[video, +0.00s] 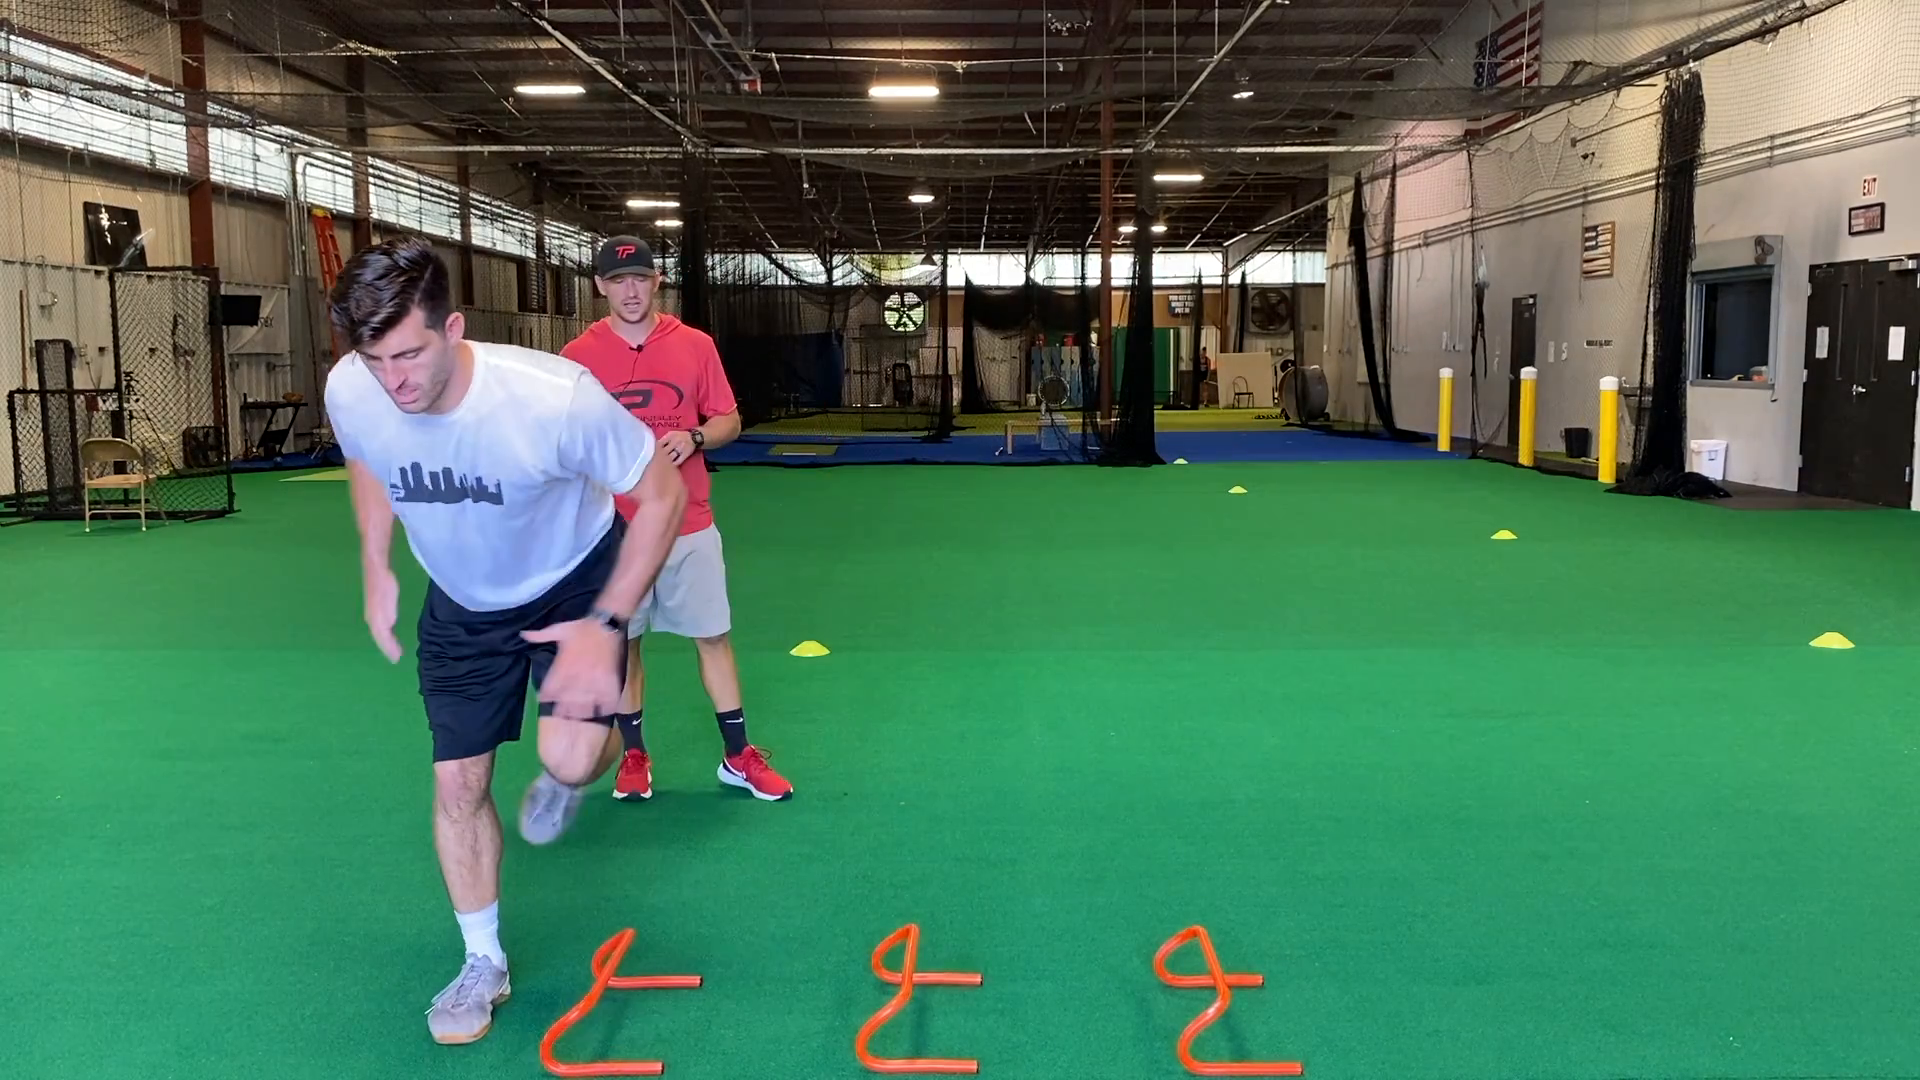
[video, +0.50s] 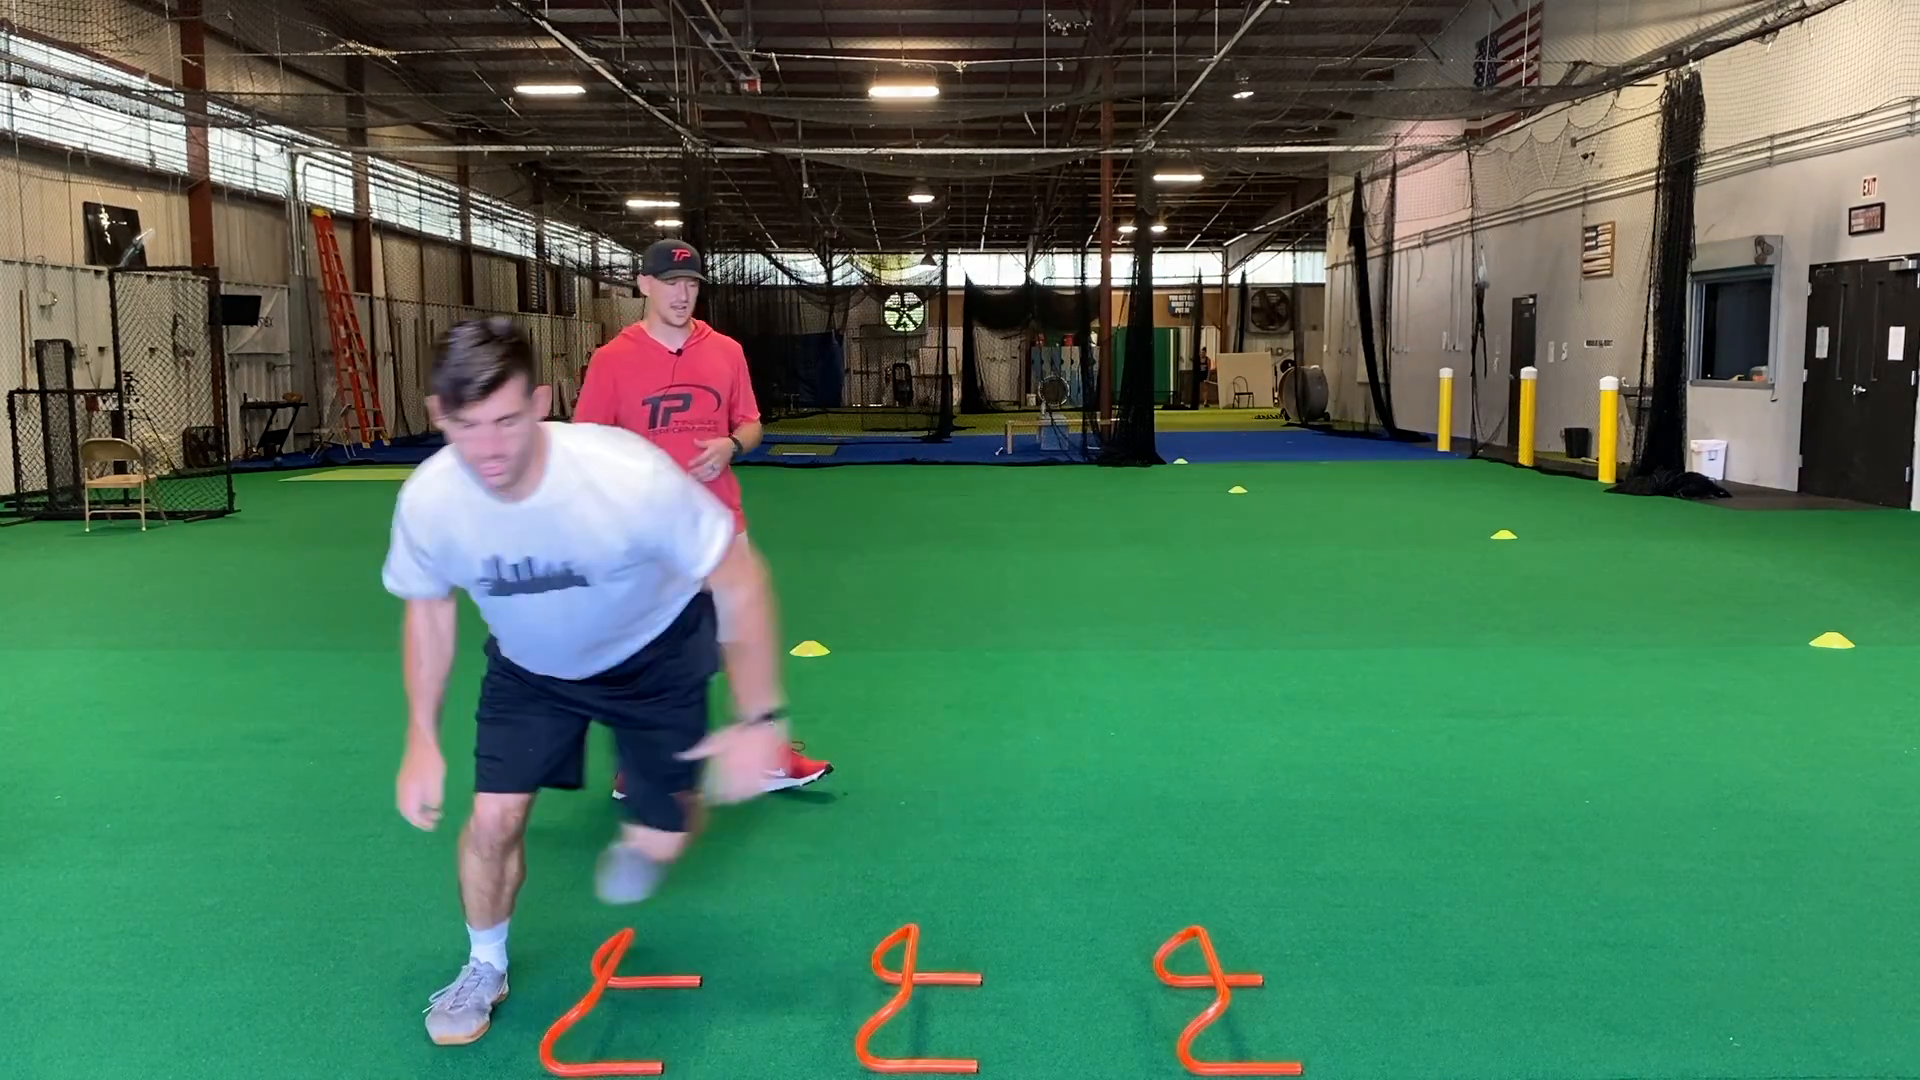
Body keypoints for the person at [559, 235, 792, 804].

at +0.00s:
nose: (631, 291)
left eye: (640, 279)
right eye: (618, 280)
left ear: (656, 282)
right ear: (601, 287)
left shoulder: (695, 346)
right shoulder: (578, 357)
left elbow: (728, 421)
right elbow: (559, 433)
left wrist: (696, 436)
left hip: (690, 521)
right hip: (618, 524)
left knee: (713, 634)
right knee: (624, 640)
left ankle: (739, 753)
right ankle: (632, 754)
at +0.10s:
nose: (637, 288)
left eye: (646, 278)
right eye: (624, 278)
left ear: (661, 282)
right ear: (605, 284)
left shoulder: (697, 346)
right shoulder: (578, 357)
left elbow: (730, 422)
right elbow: (561, 441)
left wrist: (694, 432)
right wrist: (582, 517)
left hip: (689, 523)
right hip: (618, 527)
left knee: (713, 634)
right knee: (625, 642)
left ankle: (737, 753)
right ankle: (633, 756)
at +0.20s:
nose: (645, 289)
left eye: (654, 279)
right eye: (633, 279)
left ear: (667, 284)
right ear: (610, 283)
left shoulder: (699, 346)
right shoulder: (582, 356)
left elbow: (733, 422)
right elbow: (558, 441)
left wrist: (698, 425)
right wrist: (582, 519)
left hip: (692, 522)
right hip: (620, 529)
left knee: (718, 632)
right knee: (627, 642)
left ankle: (740, 753)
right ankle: (634, 755)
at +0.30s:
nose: (655, 290)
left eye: (663, 280)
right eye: (643, 280)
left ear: (675, 285)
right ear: (618, 284)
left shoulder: (704, 346)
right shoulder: (588, 357)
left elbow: (737, 423)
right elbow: (551, 443)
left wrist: (706, 424)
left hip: (701, 523)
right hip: (627, 532)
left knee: (729, 630)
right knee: (631, 647)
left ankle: (750, 751)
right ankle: (635, 755)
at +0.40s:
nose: (667, 292)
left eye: (674, 281)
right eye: (655, 281)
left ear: (685, 286)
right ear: (629, 284)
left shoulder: (712, 348)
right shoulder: (598, 357)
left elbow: (740, 424)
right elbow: (562, 443)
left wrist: (716, 432)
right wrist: (566, 515)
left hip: (709, 524)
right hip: (637, 532)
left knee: (735, 631)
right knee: (638, 648)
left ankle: (764, 751)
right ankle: (634, 753)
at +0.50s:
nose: (682, 294)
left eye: (690, 284)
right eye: (671, 283)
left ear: (700, 290)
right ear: (645, 285)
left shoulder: (726, 353)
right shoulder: (613, 360)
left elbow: (751, 426)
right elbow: (585, 446)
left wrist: (732, 444)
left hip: (718, 524)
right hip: (644, 527)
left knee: (747, 632)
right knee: (649, 648)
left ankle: (769, 747)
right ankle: (640, 762)